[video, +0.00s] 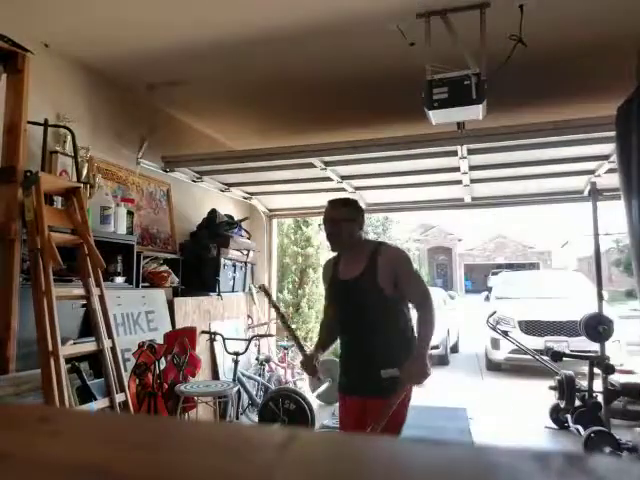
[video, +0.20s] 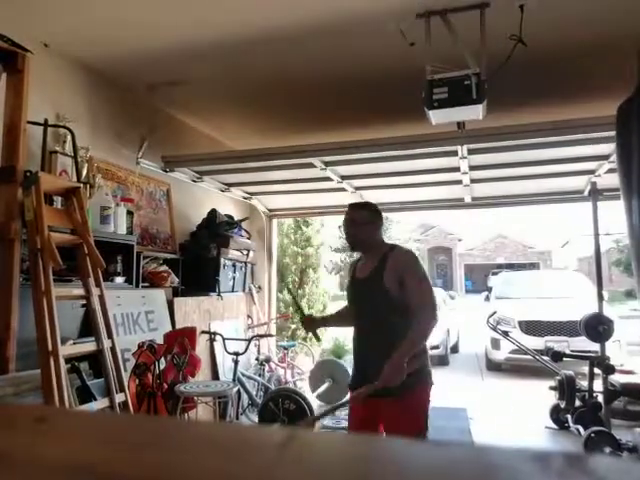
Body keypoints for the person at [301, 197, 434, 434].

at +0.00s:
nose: (329, 230)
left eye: (337, 223)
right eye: (326, 224)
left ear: (358, 225)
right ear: (323, 226)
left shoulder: (390, 258)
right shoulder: (332, 268)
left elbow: (424, 304)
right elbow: (332, 318)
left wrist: (420, 355)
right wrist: (317, 352)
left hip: (389, 374)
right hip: (351, 373)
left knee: (377, 458)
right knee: (350, 456)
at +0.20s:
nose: (348, 231)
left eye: (355, 225)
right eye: (346, 225)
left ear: (375, 226)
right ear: (344, 228)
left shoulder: (402, 260)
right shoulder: (356, 269)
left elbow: (427, 315)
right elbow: (356, 313)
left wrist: (399, 359)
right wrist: (321, 322)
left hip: (405, 381)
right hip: (364, 379)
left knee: (405, 460)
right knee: (359, 460)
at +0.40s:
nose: (377, 231)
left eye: (385, 226)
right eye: (376, 226)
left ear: (403, 229)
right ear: (373, 229)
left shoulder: (424, 264)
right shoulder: (380, 269)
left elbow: (426, 321)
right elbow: (362, 308)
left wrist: (379, 338)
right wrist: (339, 278)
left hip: (424, 378)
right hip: (386, 377)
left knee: (426, 456)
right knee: (378, 454)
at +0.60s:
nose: (398, 227)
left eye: (406, 221)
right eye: (394, 221)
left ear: (421, 225)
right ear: (390, 226)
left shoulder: (437, 262)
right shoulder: (392, 261)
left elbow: (428, 313)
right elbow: (368, 297)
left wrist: (383, 322)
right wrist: (353, 264)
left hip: (433, 372)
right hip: (395, 370)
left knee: (435, 453)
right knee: (387, 450)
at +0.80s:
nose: (397, 227)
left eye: (404, 221)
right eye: (393, 222)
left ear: (420, 227)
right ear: (389, 227)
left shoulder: (434, 263)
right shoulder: (391, 264)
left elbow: (424, 312)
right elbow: (364, 299)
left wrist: (381, 322)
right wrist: (354, 262)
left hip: (427, 371)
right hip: (390, 369)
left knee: (429, 449)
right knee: (386, 447)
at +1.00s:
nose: (385, 230)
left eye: (392, 224)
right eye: (381, 225)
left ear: (407, 229)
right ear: (378, 229)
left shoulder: (420, 264)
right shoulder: (382, 265)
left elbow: (411, 314)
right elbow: (356, 301)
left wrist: (370, 324)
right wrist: (347, 266)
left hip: (410, 370)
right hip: (379, 368)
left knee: (409, 443)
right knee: (377, 441)